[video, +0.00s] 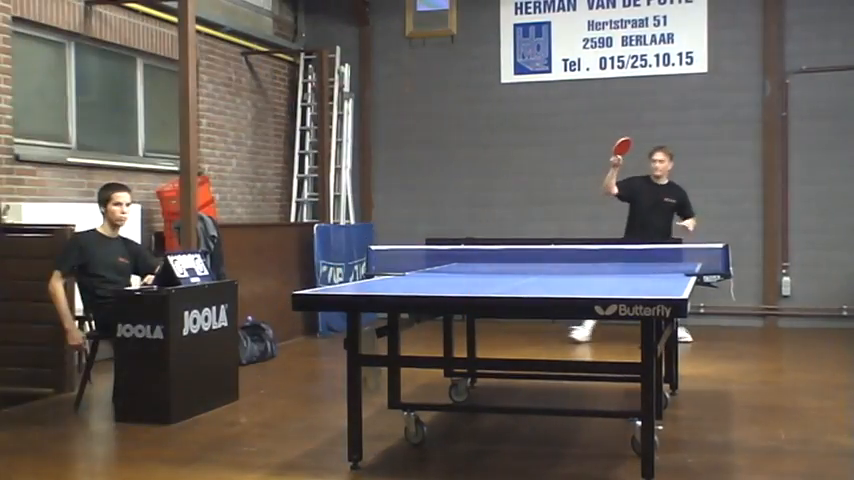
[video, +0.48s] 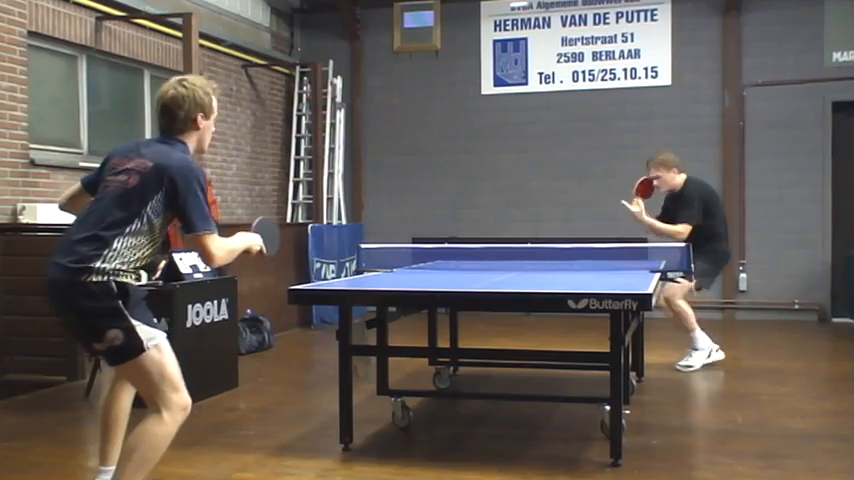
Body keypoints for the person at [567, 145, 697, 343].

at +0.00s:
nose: (656, 165)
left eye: (661, 161)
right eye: (653, 161)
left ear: (670, 165)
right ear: (649, 164)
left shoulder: (677, 192)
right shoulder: (636, 184)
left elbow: (690, 219)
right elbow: (609, 189)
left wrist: (687, 224)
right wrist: (614, 169)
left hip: (662, 251)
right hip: (631, 249)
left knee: (674, 285)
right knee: (609, 283)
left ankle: (675, 325)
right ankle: (588, 325)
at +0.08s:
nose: (663, 159)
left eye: (667, 155)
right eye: (660, 155)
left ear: (676, 158)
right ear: (655, 157)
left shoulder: (684, 185)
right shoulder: (643, 178)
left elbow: (701, 214)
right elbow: (616, 191)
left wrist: (691, 218)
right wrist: (620, 174)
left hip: (670, 245)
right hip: (639, 242)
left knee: (677, 283)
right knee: (622, 272)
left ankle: (682, 321)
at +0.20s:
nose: (650, 177)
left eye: (651, 171)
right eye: (647, 172)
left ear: (665, 162)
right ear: (663, 164)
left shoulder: (687, 179)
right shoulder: (670, 179)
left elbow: (691, 225)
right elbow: (678, 214)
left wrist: (653, 238)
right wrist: (657, 233)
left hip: (713, 235)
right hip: (698, 235)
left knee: (693, 292)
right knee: (691, 292)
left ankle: (711, 351)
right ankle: (709, 350)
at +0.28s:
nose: (650, 178)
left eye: (652, 172)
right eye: (647, 173)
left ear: (666, 164)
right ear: (663, 166)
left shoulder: (687, 181)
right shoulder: (672, 180)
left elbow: (690, 227)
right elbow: (675, 216)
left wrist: (649, 237)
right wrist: (657, 228)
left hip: (715, 238)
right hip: (700, 237)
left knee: (690, 293)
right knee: (689, 293)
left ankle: (709, 351)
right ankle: (709, 350)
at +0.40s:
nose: (651, 181)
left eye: (654, 175)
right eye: (649, 176)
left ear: (670, 167)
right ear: (667, 169)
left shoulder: (690, 185)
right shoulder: (673, 185)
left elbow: (686, 231)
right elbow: (670, 220)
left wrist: (646, 229)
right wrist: (649, 220)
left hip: (715, 243)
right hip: (698, 242)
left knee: (680, 293)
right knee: (680, 294)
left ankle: (706, 349)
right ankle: (709, 348)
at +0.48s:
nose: (654, 183)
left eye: (657, 177)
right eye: (653, 179)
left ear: (674, 172)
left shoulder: (693, 191)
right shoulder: (673, 196)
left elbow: (682, 232)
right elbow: (658, 231)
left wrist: (644, 219)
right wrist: (642, 215)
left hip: (711, 253)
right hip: (690, 252)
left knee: (672, 294)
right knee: (661, 297)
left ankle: (701, 346)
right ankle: (707, 346)